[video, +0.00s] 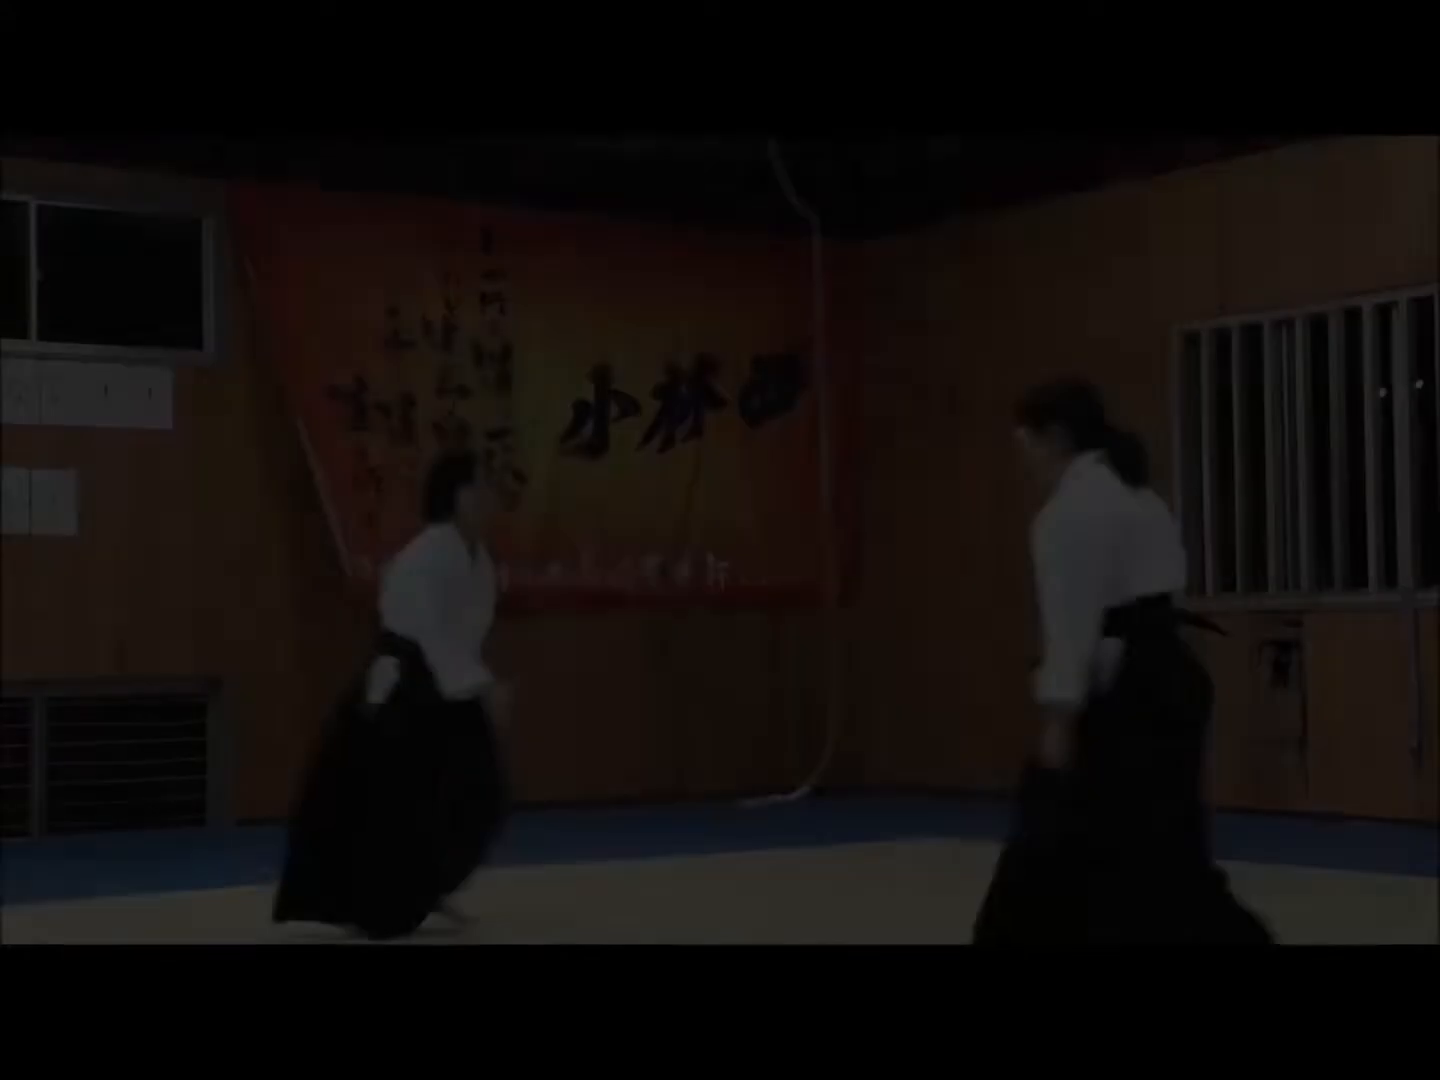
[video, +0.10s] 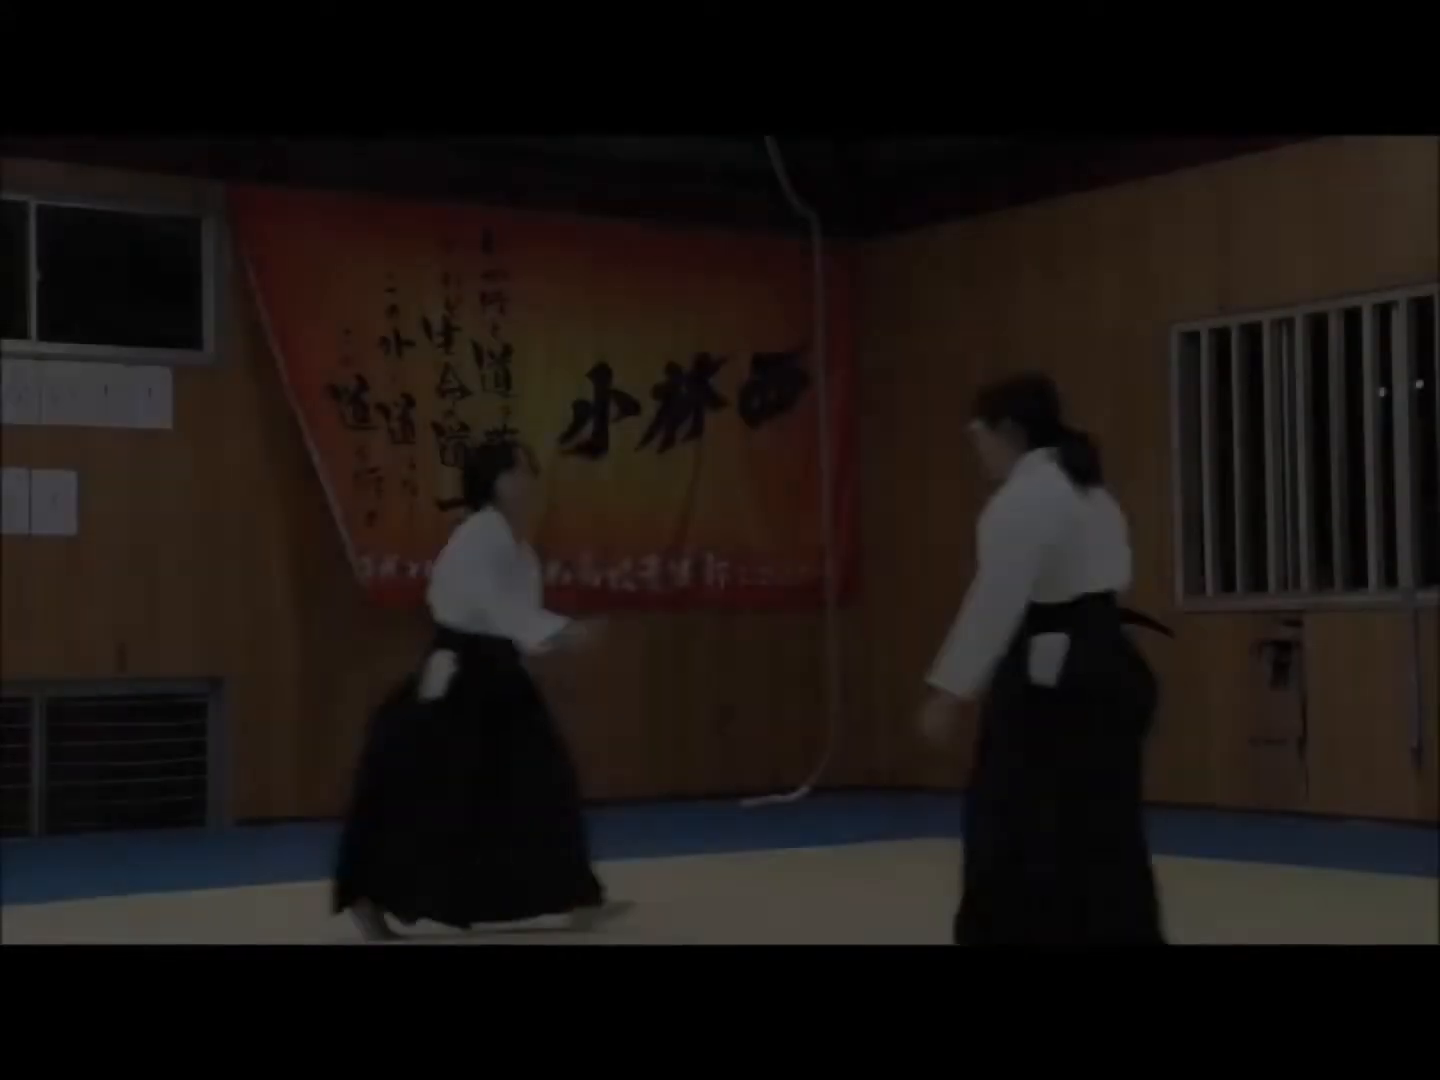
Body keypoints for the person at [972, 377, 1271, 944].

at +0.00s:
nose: (1024, 453)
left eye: (1028, 439)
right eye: (1023, 439)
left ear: (1053, 439)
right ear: (1094, 433)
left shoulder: (1069, 515)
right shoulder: (1145, 501)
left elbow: (1072, 624)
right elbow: (1163, 600)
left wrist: (1056, 718)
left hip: (1114, 687)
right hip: (1175, 680)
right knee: (1164, 828)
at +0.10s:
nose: (978, 449)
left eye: (982, 435)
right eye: (977, 435)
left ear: (1009, 432)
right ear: (1040, 428)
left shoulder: (1019, 503)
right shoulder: (1095, 494)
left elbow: (997, 599)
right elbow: (1115, 589)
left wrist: (948, 689)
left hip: (1045, 678)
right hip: (1111, 673)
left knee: (1015, 816)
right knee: (1101, 820)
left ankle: (1019, 929)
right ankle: (1111, 927)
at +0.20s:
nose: (936, 443)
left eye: (941, 431)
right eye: (936, 431)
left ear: (968, 433)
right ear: (1005, 431)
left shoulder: (976, 503)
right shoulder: (1048, 501)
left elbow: (932, 595)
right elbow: (1060, 594)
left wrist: (869, 673)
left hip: (991, 686)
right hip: (1056, 681)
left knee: (943, 800)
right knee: (1046, 820)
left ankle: (953, 927)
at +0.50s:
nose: (812, 441)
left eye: (817, 431)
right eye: (814, 430)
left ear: (840, 436)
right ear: (878, 434)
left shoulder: (834, 507)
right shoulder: (918, 502)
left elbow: (808, 605)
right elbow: (922, 595)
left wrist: (776, 696)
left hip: (854, 676)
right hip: (921, 672)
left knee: (830, 814)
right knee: (916, 813)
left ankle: (835, 925)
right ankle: (926, 923)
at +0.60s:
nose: (775, 447)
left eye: (781, 436)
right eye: (776, 437)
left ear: (799, 439)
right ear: (844, 438)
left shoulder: (787, 512)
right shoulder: (883, 512)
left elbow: (759, 613)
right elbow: (884, 603)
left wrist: (733, 703)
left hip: (809, 680)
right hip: (880, 673)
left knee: (781, 815)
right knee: (875, 803)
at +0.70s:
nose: (741, 446)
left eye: (743, 435)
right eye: (743, 435)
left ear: (759, 439)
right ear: (809, 436)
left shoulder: (746, 508)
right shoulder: (851, 510)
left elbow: (717, 603)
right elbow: (863, 606)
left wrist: (693, 692)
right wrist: (909, 681)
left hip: (775, 682)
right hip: (852, 678)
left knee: (739, 817)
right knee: (841, 816)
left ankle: (739, 930)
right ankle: (849, 930)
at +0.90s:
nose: (700, 460)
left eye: (703, 450)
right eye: (703, 450)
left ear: (717, 452)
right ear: (763, 450)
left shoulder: (696, 518)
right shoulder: (808, 519)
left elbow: (648, 606)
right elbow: (830, 605)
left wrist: (610, 687)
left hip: (724, 683)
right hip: (804, 680)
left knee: (705, 817)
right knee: (791, 818)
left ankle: (703, 930)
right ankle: (785, 930)